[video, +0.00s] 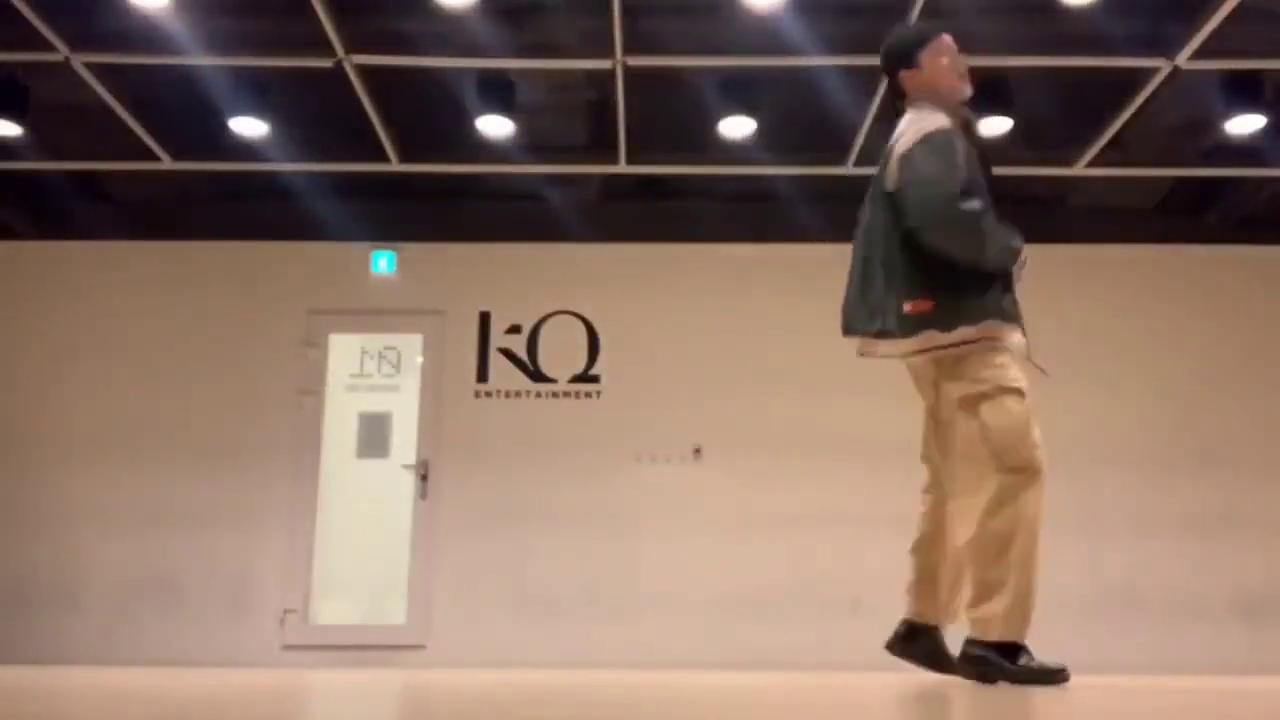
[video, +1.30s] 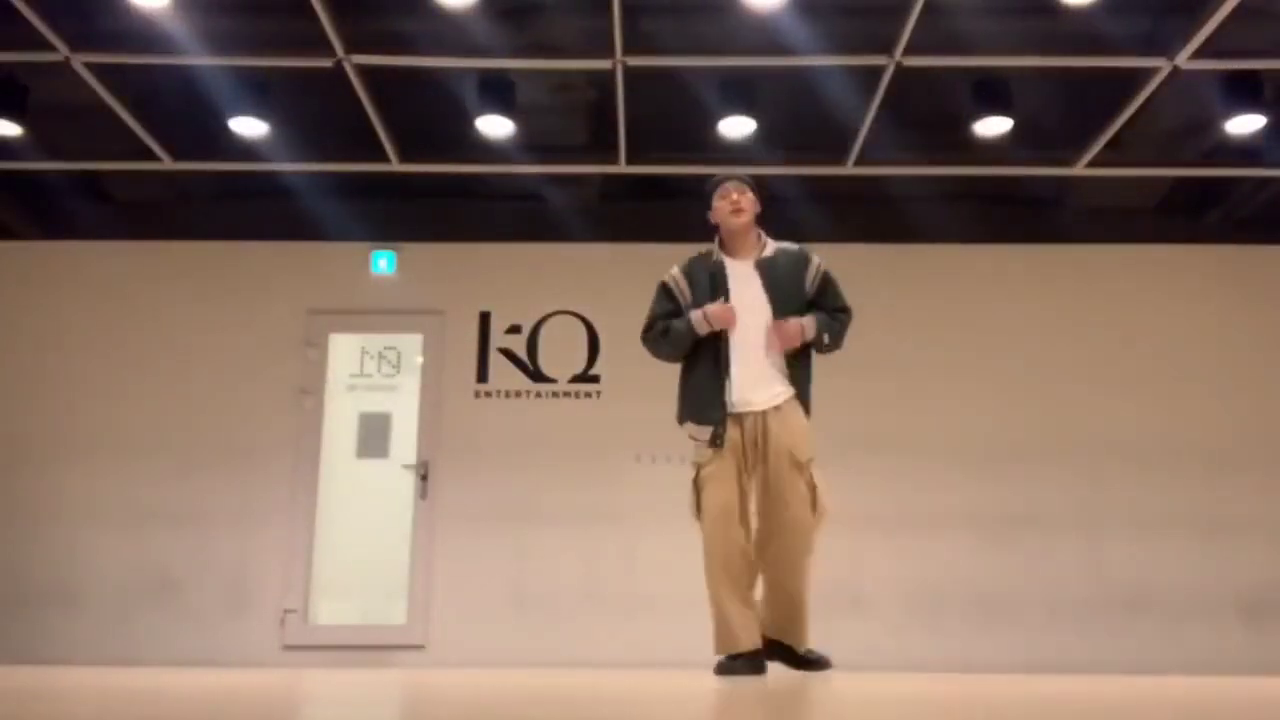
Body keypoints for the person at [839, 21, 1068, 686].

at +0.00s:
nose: (962, 65)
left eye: (957, 54)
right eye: (948, 58)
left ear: (922, 77)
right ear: (915, 78)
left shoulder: (919, 134)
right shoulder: (931, 135)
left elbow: (930, 227)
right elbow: (944, 220)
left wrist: (994, 247)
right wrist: (1007, 248)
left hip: (940, 337)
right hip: (970, 334)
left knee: (953, 483)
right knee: (1016, 475)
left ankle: (921, 625)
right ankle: (994, 641)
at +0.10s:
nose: (943, 94)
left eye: (942, 85)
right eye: (926, 88)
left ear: (944, 102)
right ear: (895, 112)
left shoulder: (935, 174)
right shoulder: (894, 172)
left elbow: (937, 259)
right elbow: (886, 252)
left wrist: (978, 323)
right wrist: (971, 276)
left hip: (950, 352)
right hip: (938, 353)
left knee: (961, 492)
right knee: (1006, 480)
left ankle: (902, 630)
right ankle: (992, 648)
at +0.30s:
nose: (906, 107)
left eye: (913, 100)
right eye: (891, 102)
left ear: (925, 121)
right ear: (868, 126)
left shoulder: (963, 195)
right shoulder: (843, 192)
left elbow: (992, 257)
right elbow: (802, 261)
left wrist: (987, 297)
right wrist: (869, 292)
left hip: (954, 356)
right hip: (895, 356)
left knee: (947, 483)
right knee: (917, 475)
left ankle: (898, 628)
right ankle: (958, 616)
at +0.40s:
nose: (896, 123)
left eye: (904, 116)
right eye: (883, 117)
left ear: (917, 138)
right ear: (861, 141)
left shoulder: (957, 207)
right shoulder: (830, 205)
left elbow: (996, 271)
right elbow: (786, 274)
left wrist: (978, 310)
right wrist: (845, 311)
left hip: (939, 358)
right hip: (873, 360)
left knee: (935, 487)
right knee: (884, 473)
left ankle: (902, 628)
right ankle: (899, 626)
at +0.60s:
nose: (873, 141)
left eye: (882, 135)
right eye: (861, 135)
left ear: (897, 157)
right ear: (843, 157)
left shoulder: (931, 225)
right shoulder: (802, 219)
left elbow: (967, 290)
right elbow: (759, 280)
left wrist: (939, 318)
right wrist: (797, 313)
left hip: (905, 372)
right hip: (831, 371)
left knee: (908, 512)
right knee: (814, 503)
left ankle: (897, 646)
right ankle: (797, 640)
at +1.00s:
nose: (778, 174)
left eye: (787, 167)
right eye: (768, 169)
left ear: (804, 184)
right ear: (754, 188)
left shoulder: (837, 245)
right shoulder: (722, 246)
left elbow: (870, 306)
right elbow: (681, 305)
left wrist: (840, 342)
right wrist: (716, 341)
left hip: (812, 390)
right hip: (747, 392)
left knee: (836, 511)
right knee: (745, 519)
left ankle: (882, 633)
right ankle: (744, 643)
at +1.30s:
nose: (735, 199)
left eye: (743, 193)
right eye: (724, 196)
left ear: (758, 207)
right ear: (711, 217)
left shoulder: (797, 263)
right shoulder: (689, 275)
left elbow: (838, 317)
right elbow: (656, 339)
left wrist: (806, 327)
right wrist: (699, 320)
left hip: (783, 414)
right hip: (718, 419)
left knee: (792, 525)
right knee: (724, 534)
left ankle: (783, 636)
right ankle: (738, 648)